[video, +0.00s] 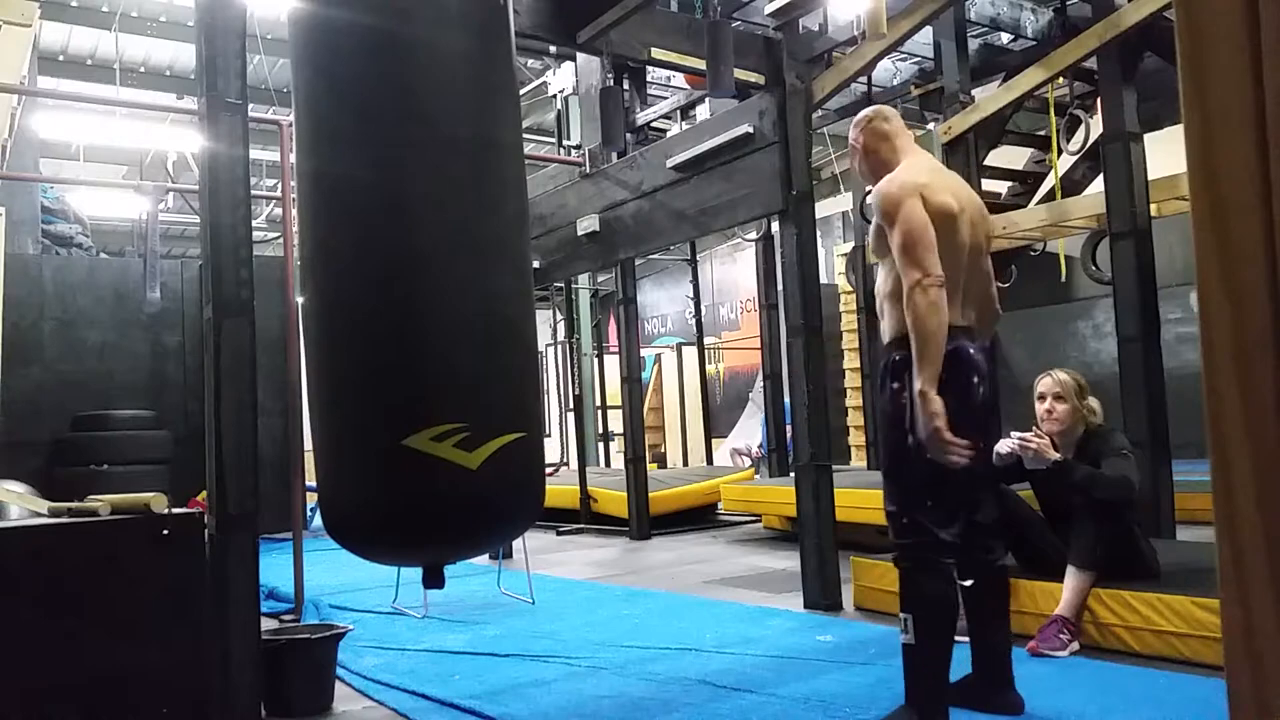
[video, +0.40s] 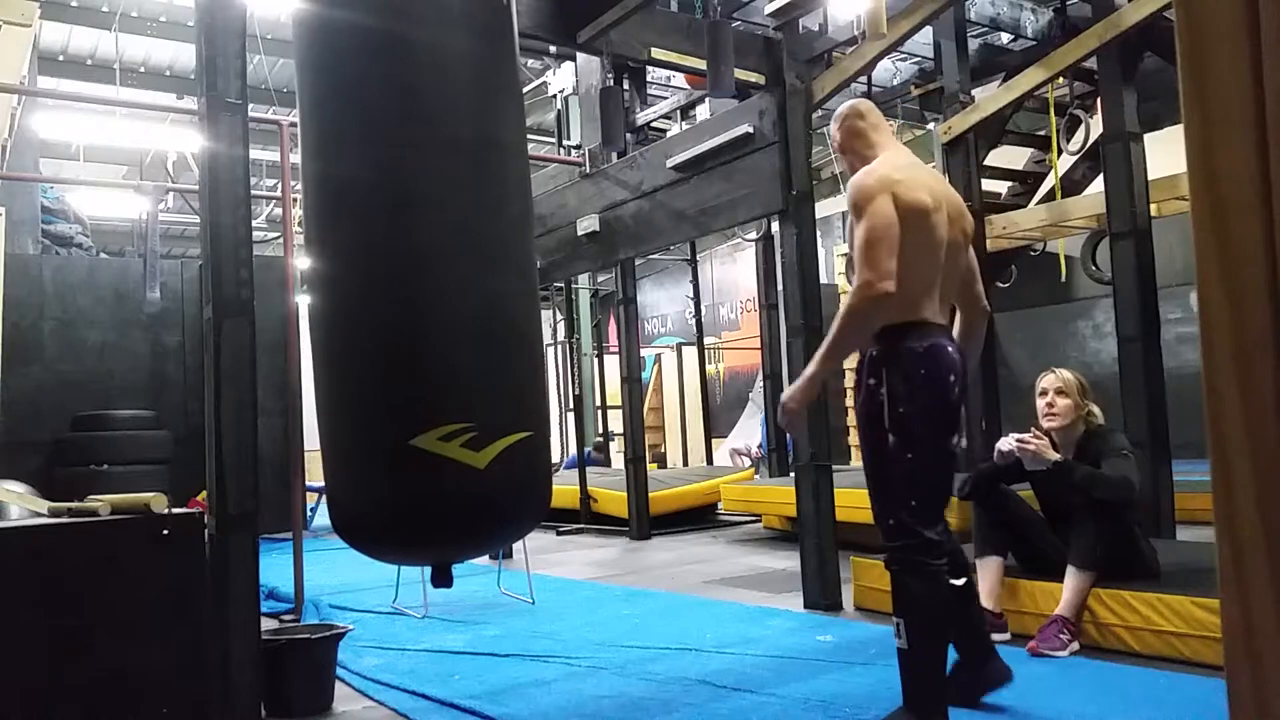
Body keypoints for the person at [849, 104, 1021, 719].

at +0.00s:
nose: (853, 168)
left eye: (851, 155)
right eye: (851, 158)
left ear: (867, 140)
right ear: (904, 136)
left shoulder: (896, 187)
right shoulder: (961, 188)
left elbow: (925, 284)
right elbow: (987, 288)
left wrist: (926, 389)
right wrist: (971, 363)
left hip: (920, 368)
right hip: (971, 365)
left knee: (919, 536)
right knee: (976, 529)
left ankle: (923, 700)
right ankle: (993, 677)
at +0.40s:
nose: (838, 166)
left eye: (836, 156)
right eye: (835, 157)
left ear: (848, 141)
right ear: (887, 131)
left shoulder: (871, 181)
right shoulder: (946, 192)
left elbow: (876, 286)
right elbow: (973, 302)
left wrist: (812, 375)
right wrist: (956, 378)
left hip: (896, 360)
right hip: (941, 357)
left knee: (905, 534)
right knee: (923, 525)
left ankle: (923, 702)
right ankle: (978, 658)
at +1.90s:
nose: (820, 144)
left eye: (824, 128)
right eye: (815, 133)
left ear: (862, 115)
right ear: (870, 117)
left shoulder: (874, 176)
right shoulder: (913, 179)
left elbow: (888, 258)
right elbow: (945, 298)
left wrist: (784, 264)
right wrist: (851, 327)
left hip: (873, 361)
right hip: (912, 358)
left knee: (849, 534)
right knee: (909, 520)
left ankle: (891, 700)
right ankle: (961, 671)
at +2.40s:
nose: (834, 158)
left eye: (843, 143)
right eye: (830, 146)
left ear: (883, 134)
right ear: (883, 138)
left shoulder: (886, 196)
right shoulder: (930, 199)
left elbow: (878, 287)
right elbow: (956, 317)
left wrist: (791, 354)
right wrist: (859, 345)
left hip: (891, 380)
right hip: (929, 377)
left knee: (859, 555)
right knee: (921, 539)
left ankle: (900, 709)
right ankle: (986, 682)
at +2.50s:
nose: (840, 155)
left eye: (849, 141)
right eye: (836, 143)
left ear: (887, 133)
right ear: (892, 138)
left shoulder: (892, 196)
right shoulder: (932, 195)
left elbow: (895, 300)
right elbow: (954, 308)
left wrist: (858, 395)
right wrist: (861, 343)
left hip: (902, 373)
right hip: (938, 370)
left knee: (873, 546)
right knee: (936, 533)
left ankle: (901, 706)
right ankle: (987, 681)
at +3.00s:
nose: (836, 125)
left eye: (846, 111)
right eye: (833, 114)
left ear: (882, 107)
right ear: (887, 113)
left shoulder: (886, 163)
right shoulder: (928, 172)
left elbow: (904, 246)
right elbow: (975, 275)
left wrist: (806, 290)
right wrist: (904, 303)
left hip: (881, 341)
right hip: (925, 343)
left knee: (838, 515)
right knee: (911, 517)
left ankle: (874, 691)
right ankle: (960, 670)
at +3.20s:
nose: (817, 143)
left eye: (827, 129)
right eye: (814, 132)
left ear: (871, 125)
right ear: (872, 134)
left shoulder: (849, 182)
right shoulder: (914, 199)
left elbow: (808, 237)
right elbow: (977, 299)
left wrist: (694, 248)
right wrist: (918, 348)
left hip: (873, 378)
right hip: (914, 379)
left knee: (828, 549)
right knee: (883, 552)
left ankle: (825, 711)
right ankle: (942, 695)